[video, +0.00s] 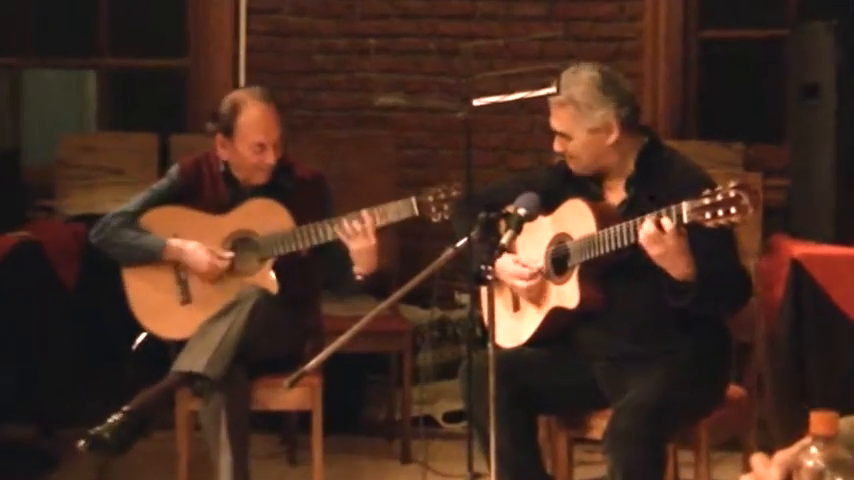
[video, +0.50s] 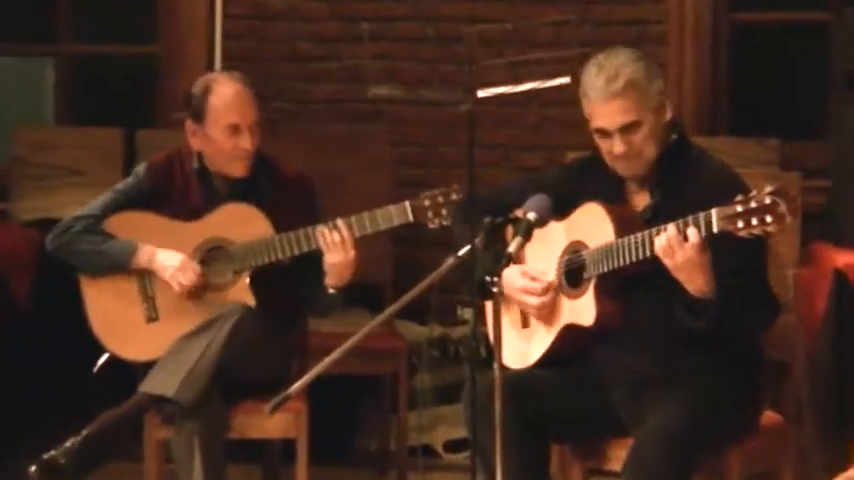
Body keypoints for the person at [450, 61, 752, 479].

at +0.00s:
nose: (557, 147)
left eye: (566, 136)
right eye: (556, 135)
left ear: (609, 131)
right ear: (606, 133)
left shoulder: (684, 186)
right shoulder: (565, 177)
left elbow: (732, 294)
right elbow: (469, 210)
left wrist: (687, 274)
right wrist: (493, 261)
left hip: (675, 357)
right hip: (589, 351)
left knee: (630, 430)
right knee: (488, 373)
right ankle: (525, 473)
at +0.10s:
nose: (567, 155)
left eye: (578, 142)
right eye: (563, 141)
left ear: (621, 129)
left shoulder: (691, 187)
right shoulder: (570, 177)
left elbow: (740, 299)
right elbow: (471, 210)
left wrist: (691, 275)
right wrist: (494, 262)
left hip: (682, 363)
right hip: (593, 354)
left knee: (635, 434)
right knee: (490, 378)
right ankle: (523, 473)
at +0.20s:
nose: (582, 161)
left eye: (593, 146)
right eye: (574, 147)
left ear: (633, 126)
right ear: (564, 137)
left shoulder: (696, 187)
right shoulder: (572, 181)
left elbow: (743, 303)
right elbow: (472, 211)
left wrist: (696, 277)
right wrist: (496, 265)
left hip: (685, 368)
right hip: (592, 359)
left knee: (639, 438)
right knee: (492, 381)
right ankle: (522, 473)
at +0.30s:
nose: (598, 160)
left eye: (608, 143)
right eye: (586, 146)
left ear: (645, 121)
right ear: (575, 136)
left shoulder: (702, 187)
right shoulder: (573, 180)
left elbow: (748, 305)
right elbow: (473, 212)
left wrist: (699, 279)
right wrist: (496, 267)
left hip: (688, 370)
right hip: (594, 361)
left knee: (644, 447)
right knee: (491, 384)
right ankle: (523, 474)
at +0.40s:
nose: (609, 152)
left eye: (620, 134)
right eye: (595, 139)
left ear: (654, 115)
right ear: (583, 133)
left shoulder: (708, 186)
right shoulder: (577, 181)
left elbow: (751, 312)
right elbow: (474, 211)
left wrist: (700, 284)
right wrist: (497, 271)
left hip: (692, 375)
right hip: (597, 367)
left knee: (651, 445)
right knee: (494, 390)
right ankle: (522, 474)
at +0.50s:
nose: (618, 147)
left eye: (631, 129)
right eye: (603, 133)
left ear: (664, 113)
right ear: (590, 128)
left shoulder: (715, 187)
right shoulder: (583, 179)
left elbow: (756, 315)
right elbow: (476, 208)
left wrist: (704, 292)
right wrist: (498, 273)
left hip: (700, 378)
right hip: (605, 370)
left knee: (657, 446)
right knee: (500, 393)